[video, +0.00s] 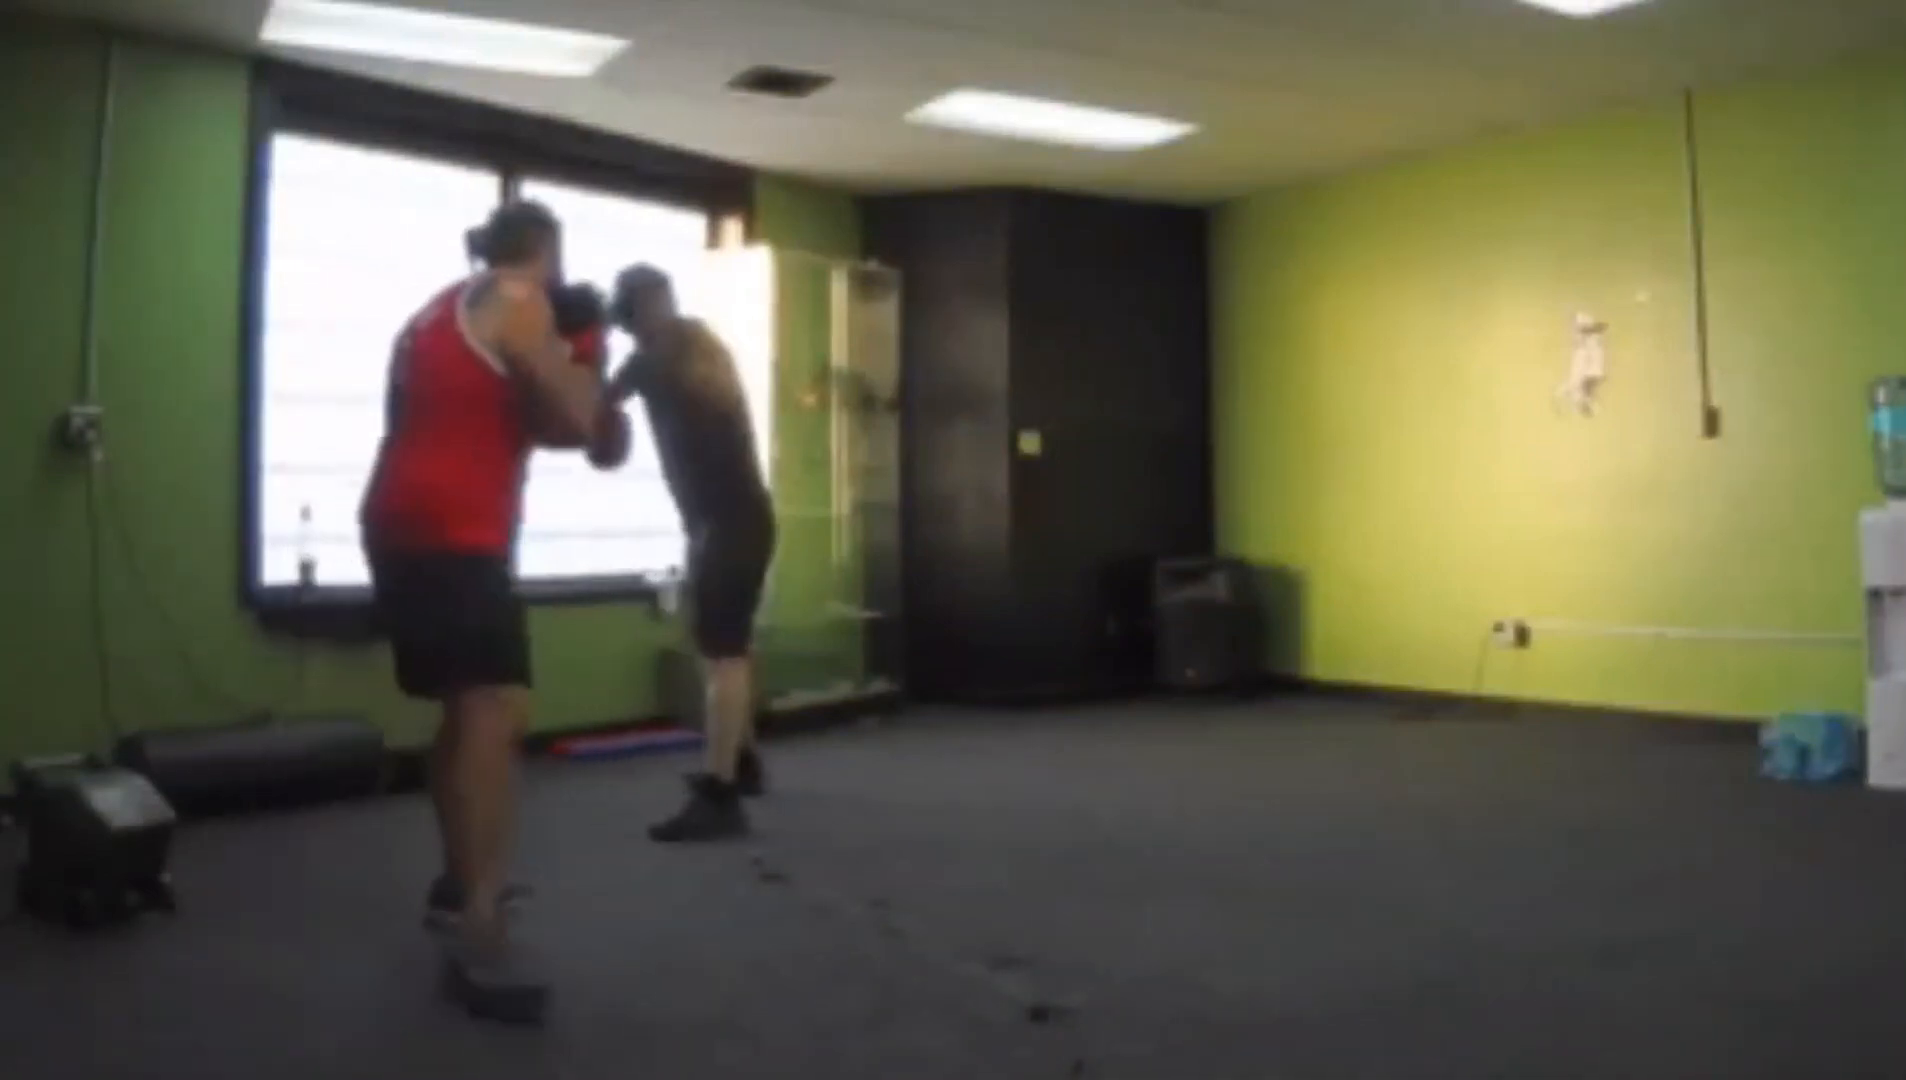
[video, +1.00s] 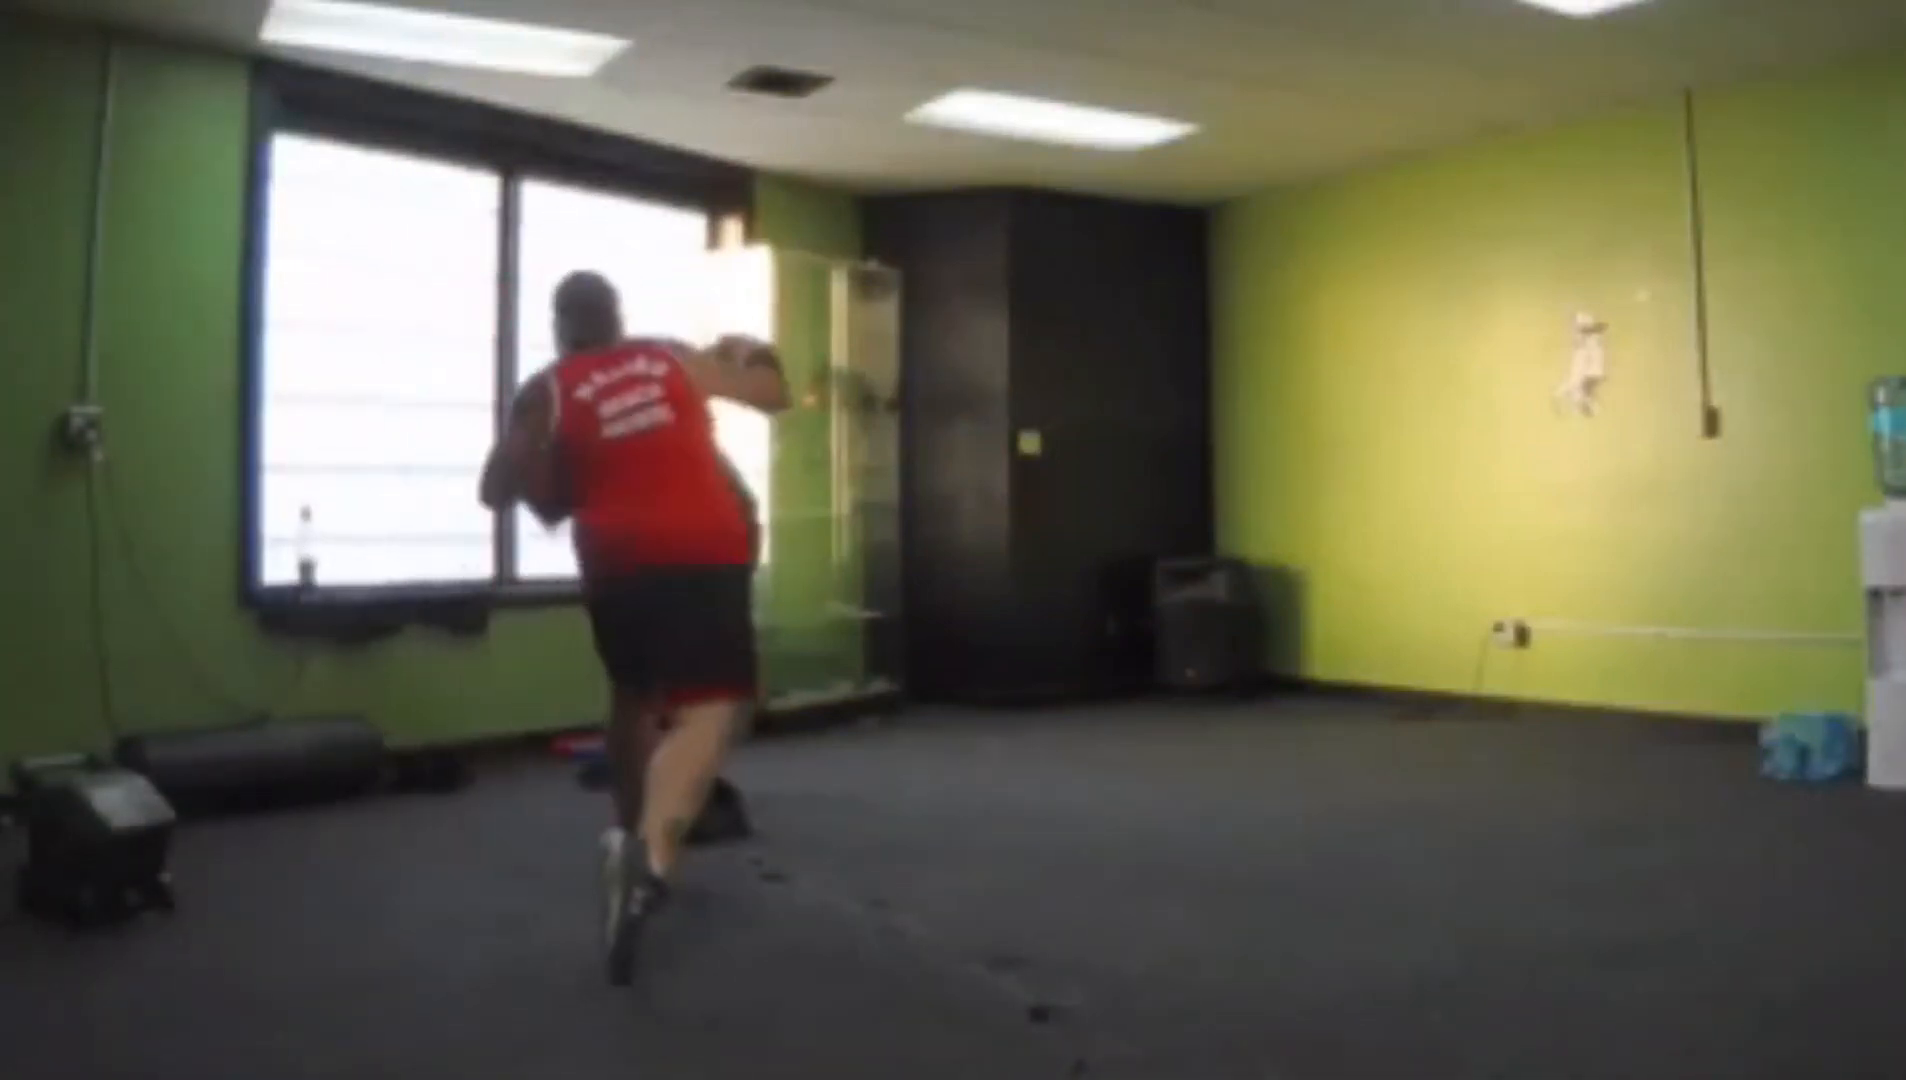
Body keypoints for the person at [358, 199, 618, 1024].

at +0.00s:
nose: (556, 275)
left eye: (554, 262)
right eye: (555, 261)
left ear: (489, 250)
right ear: (542, 252)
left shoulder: (437, 314)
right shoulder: (513, 302)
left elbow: (533, 424)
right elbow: (578, 419)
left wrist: (569, 360)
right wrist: (585, 348)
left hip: (401, 527)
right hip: (460, 533)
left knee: (465, 712)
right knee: (493, 714)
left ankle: (459, 883)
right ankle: (480, 937)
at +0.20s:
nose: (593, 282)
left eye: (591, 270)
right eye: (592, 269)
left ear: (517, 259)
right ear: (580, 263)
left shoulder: (474, 319)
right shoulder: (548, 317)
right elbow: (619, 433)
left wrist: (606, 377)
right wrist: (624, 367)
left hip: (441, 549)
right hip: (506, 559)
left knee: (482, 729)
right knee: (541, 742)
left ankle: (470, 879)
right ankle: (537, 967)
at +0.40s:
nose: (642, 271)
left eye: (639, 258)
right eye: (642, 256)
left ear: (570, 238)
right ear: (629, 251)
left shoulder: (519, 303)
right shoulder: (581, 300)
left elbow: (578, 430)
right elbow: (647, 416)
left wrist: (658, 468)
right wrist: (662, 351)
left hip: (479, 536)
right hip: (528, 545)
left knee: (519, 726)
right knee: (551, 736)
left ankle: (505, 888)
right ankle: (540, 966)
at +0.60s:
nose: (677, 291)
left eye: (673, 277)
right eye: (675, 276)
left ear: (610, 262)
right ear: (660, 271)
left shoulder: (569, 316)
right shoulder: (614, 324)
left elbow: (632, 434)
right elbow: (678, 440)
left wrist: (690, 408)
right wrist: (693, 375)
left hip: (502, 541)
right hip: (550, 552)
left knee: (559, 727)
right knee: (597, 740)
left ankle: (548, 854)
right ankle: (547, 967)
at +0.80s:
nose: (680, 325)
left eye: (676, 312)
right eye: (677, 312)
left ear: (612, 310)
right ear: (665, 310)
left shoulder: (576, 366)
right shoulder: (646, 358)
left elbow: (561, 474)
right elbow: (667, 473)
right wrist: (704, 447)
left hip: (544, 579)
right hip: (609, 583)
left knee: (614, 740)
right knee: (635, 751)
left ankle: (616, 844)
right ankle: (562, 953)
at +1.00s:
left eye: (569, 324)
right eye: (598, 315)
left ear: (559, 330)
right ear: (618, 319)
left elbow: (527, 495)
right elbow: (770, 394)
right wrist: (752, 356)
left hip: (618, 565)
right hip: (709, 553)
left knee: (635, 705)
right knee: (712, 707)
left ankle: (643, 849)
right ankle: (650, 852)